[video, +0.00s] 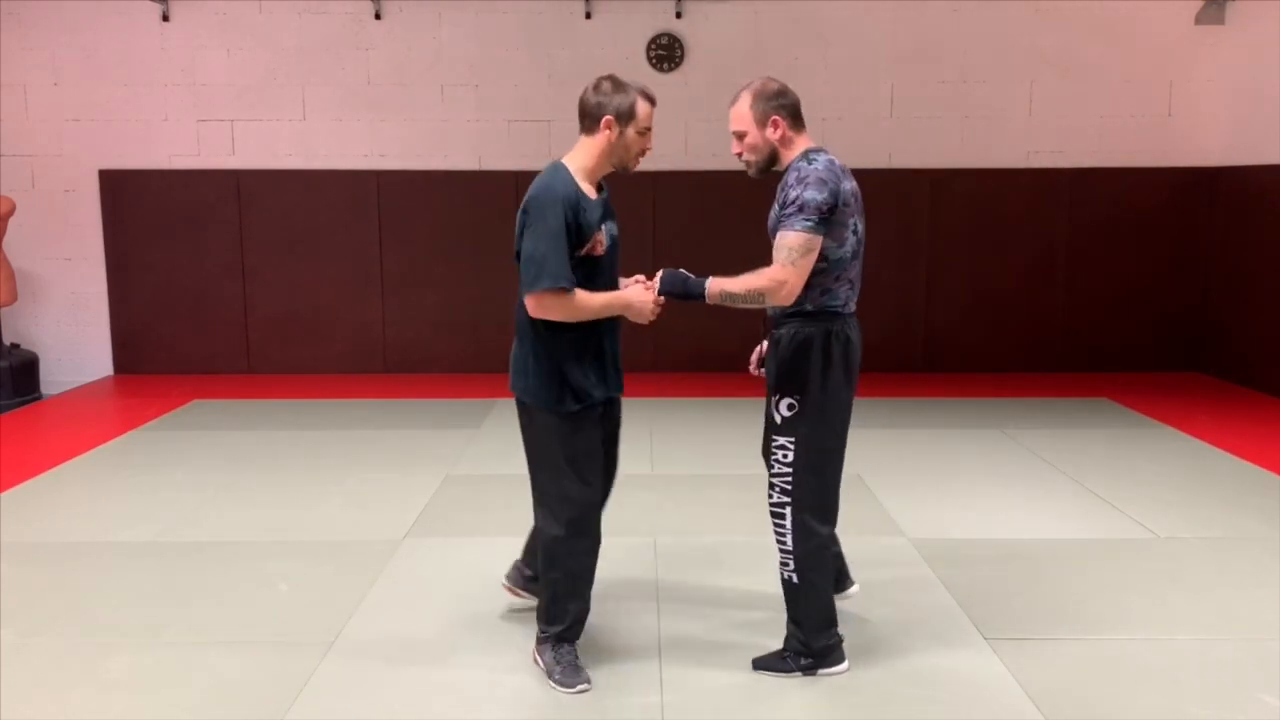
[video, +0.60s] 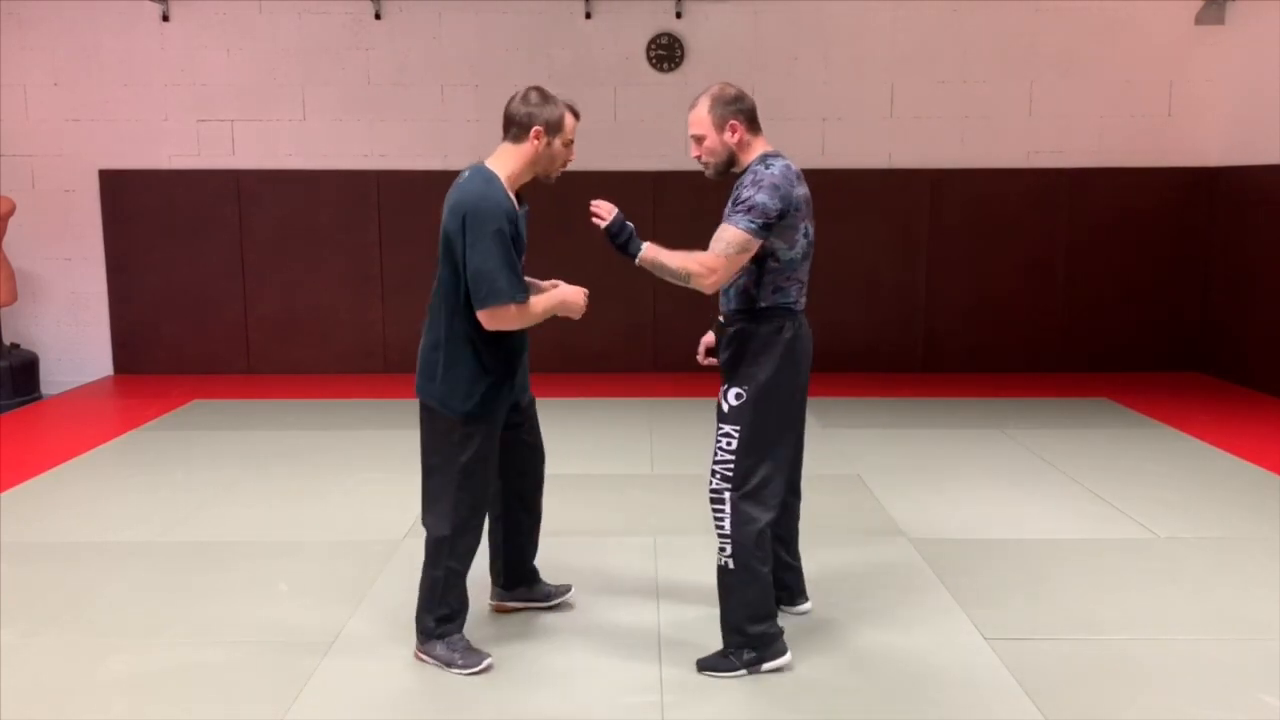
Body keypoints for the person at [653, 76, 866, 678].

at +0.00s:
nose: (734, 146)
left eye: (741, 134)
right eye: (733, 135)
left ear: (776, 128)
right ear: (780, 128)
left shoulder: (810, 180)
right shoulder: (816, 173)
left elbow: (783, 284)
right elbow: (814, 278)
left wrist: (697, 287)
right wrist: (778, 336)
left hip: (812, 346)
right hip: (816, 340)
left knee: (791, 496)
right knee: (801, 470)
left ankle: (813, 645)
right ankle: (829, 569)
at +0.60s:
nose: (694, 152)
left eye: (699, 139)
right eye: (692, 140)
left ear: (735, 132)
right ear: (737, 133)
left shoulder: (767, 183)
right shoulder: (770, 175)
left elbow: (710, 272)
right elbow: (766, 272)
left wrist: (631, 243)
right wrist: (728, 329)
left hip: (765, 342)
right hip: (773, 339)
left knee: (732, 486)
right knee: (771, 474)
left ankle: (754, 642)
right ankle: (783, 586)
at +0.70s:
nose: (684, 152)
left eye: (688, 139)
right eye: (681, 140)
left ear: (723, 131)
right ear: (729, 131)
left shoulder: (748, 188)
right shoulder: (779, 175)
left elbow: (671, 269)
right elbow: (765, 266)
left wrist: (594, 238)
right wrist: (727, 320)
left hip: (758, 344)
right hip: (780, 339)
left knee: (736, 491)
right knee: (774, 477)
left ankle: (755, 643)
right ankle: (785, 584)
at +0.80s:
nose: (669, 153)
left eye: (673, 141)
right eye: (667, 141)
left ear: (707, 135)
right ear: (719, 133)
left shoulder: (720, 190)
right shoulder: (775, 172)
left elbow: (623, 252)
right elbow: (769, 259)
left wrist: (535, 242)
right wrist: (731, 314)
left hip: (758, 346)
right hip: (788, 338)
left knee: (737, 495)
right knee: (776, 474)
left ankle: (755, 645)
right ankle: (782, 578)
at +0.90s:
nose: (657, 155)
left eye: (661, 143)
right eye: (655, 143)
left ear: (692, 138)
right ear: (712, 133)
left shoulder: (706, 194)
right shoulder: (775, 173)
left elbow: (604, 252)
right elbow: (793, 264)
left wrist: (524, 236)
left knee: (735, 494)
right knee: (768, 471)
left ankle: (756, 647)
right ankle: (778, 574)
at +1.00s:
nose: (655, 155)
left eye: (658, 143)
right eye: (653, 144)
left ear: (688, 137)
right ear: (708, 133)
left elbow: (599, 250)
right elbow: (803, 264)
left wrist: (522, 228)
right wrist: (773, 317)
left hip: (749, 346)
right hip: (784, 338)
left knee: (736, 496)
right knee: (762, 477)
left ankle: (757, 645)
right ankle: (767, 577)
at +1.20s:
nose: (652, 162)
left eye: (655, 150)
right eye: (650, 151)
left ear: (686, 142)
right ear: (700, 141)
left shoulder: (705, 189)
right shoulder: (767, 181)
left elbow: (614, 253)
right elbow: (792, 272)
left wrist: (550, 216)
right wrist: (773, 335)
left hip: (738, 344)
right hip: (767, 339)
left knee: (728, 494)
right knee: (746, 478)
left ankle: (757, 644)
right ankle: (744, 576)